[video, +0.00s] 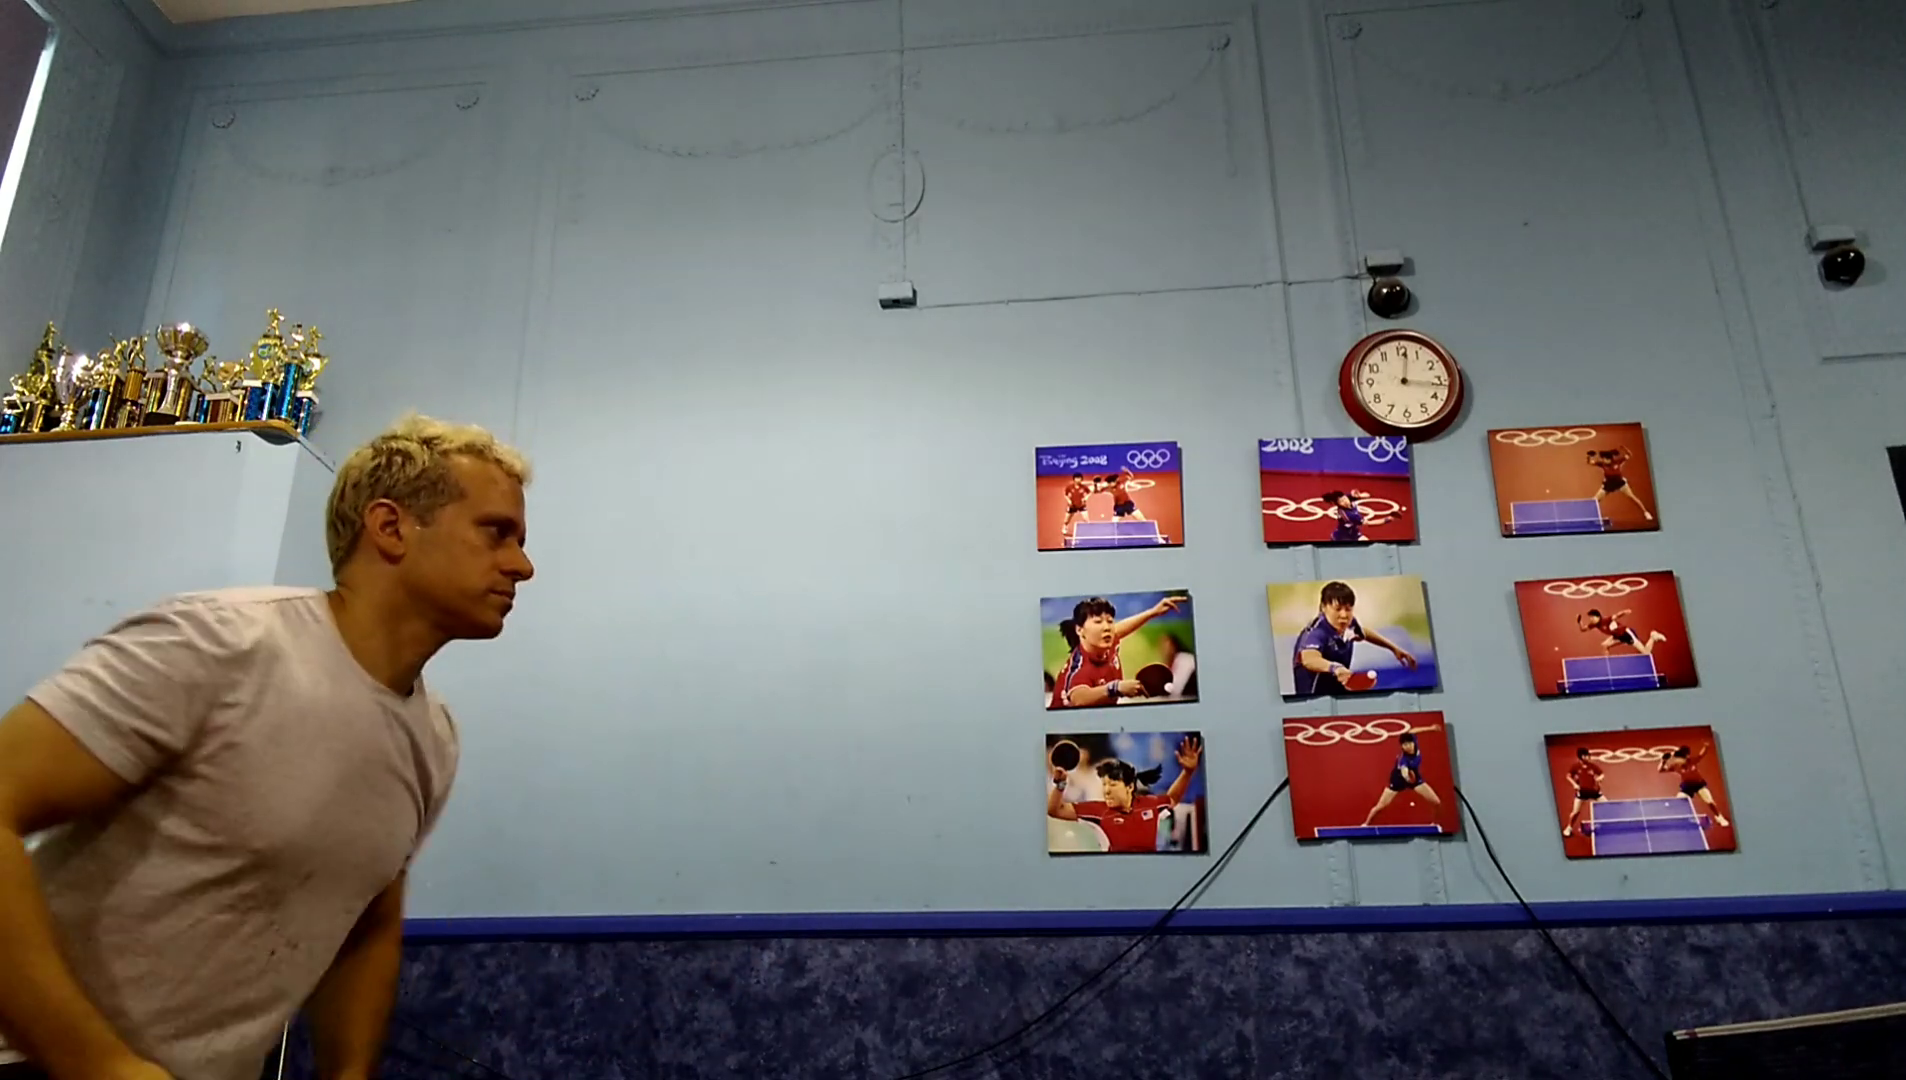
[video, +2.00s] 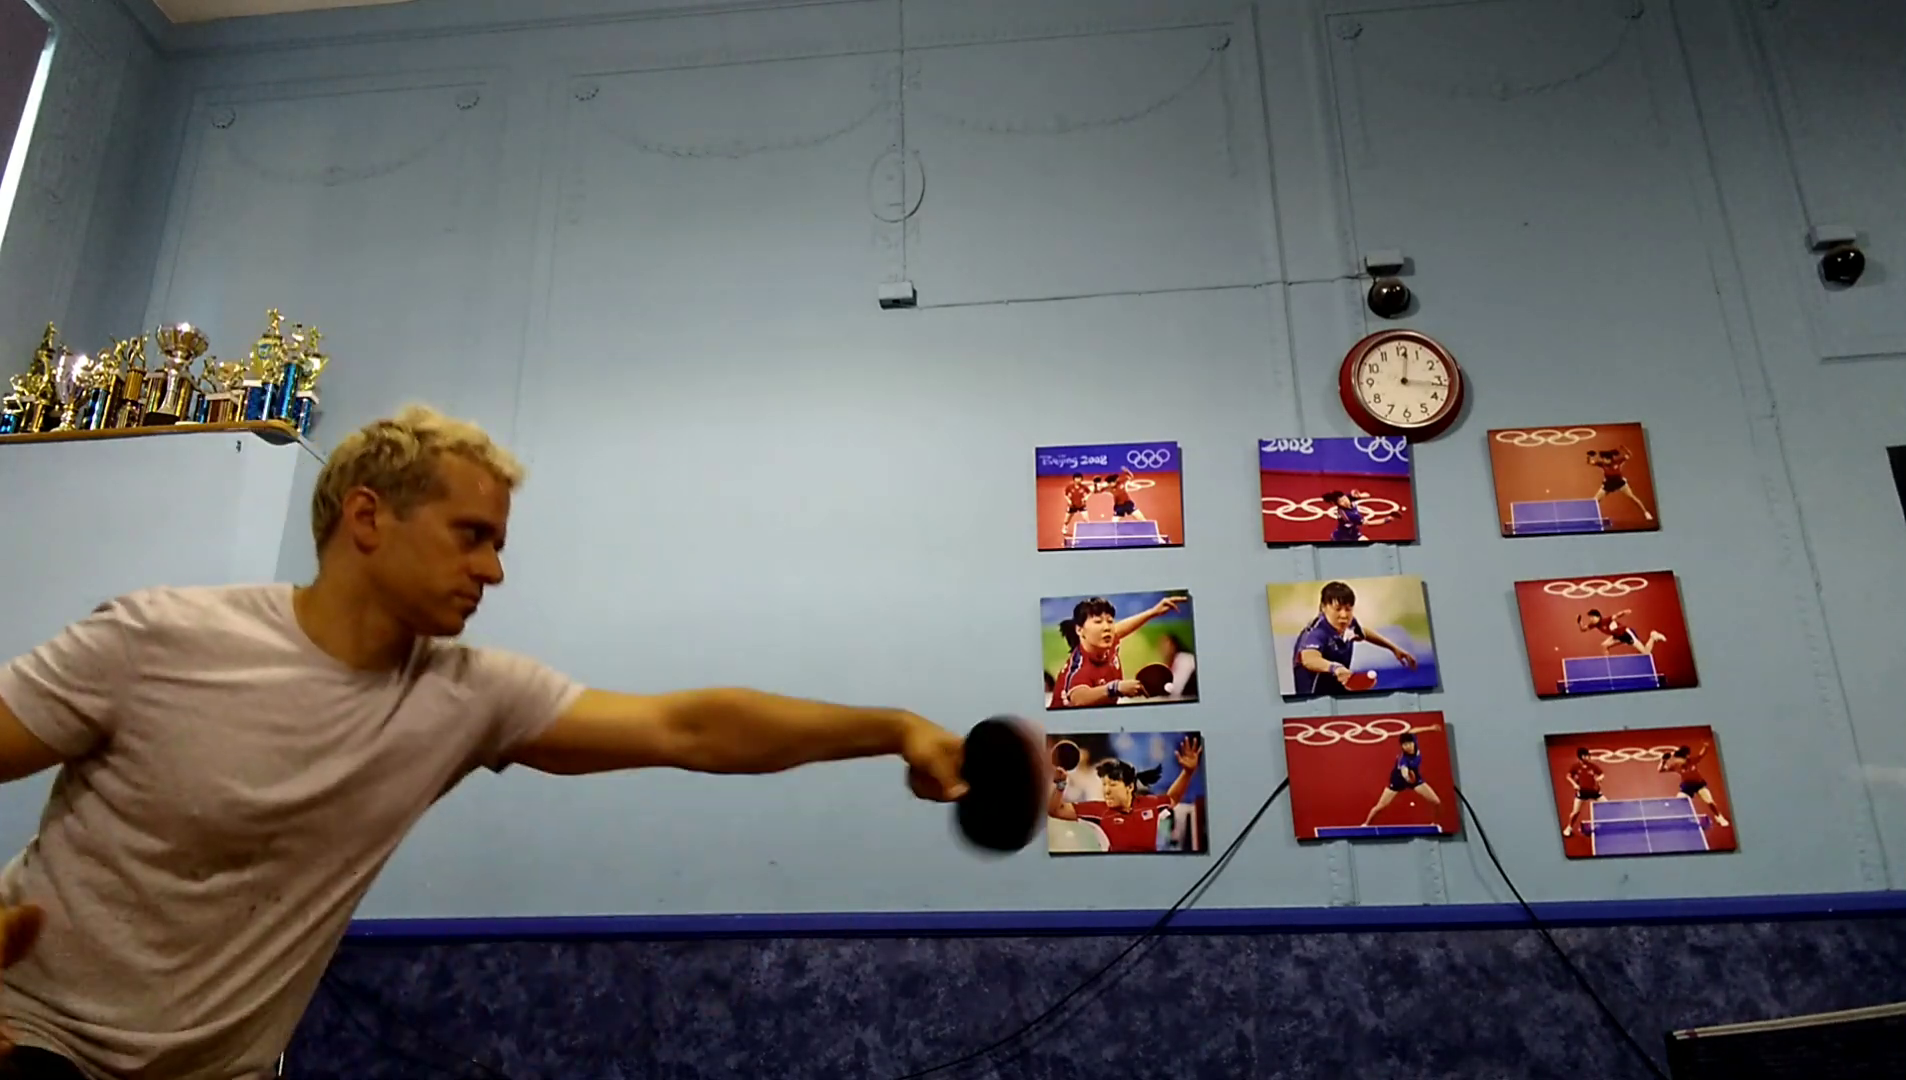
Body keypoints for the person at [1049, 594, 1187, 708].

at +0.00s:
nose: (1107, 628)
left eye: (1110, 622)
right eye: (1098, 622)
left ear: (1114, 626)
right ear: (1080, 630)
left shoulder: (1109, 644)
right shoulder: (1079, 666)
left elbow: (1119, 630)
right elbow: (1078, 698)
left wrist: (1154, 612)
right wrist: (1115, 687)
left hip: (1102, 724)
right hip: (1070, 729)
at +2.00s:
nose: (1107, 628)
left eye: (1110, 622)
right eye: (1098, 622)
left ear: (1114, 626)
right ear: (1080, 630)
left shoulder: (1109, 644)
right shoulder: (1078, 666)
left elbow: (1120, 629)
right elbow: (1078, 698)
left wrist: (1154, 611)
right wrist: (1115, 687)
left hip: (1102, 724)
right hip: (1069, 729)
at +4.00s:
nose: (1107, 628)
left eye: (1109, 622)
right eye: (1098, 622)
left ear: (1114, 626)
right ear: (1080, 630)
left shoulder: (1109, 645)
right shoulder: (1079, 666)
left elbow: (1119, 630)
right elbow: (1078, 698)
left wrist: (1154, 612)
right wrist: (1115, 687)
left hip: (1103, 724)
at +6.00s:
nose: (1107, 628)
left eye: (1109, 622)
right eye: (1098, 622)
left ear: (1114, 626)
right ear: (1080, 630)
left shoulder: (1109, 645)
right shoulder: (1079, 667)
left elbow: (1118, 630)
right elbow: (1078, 698)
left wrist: (1154, 611)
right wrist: (1115, 687)